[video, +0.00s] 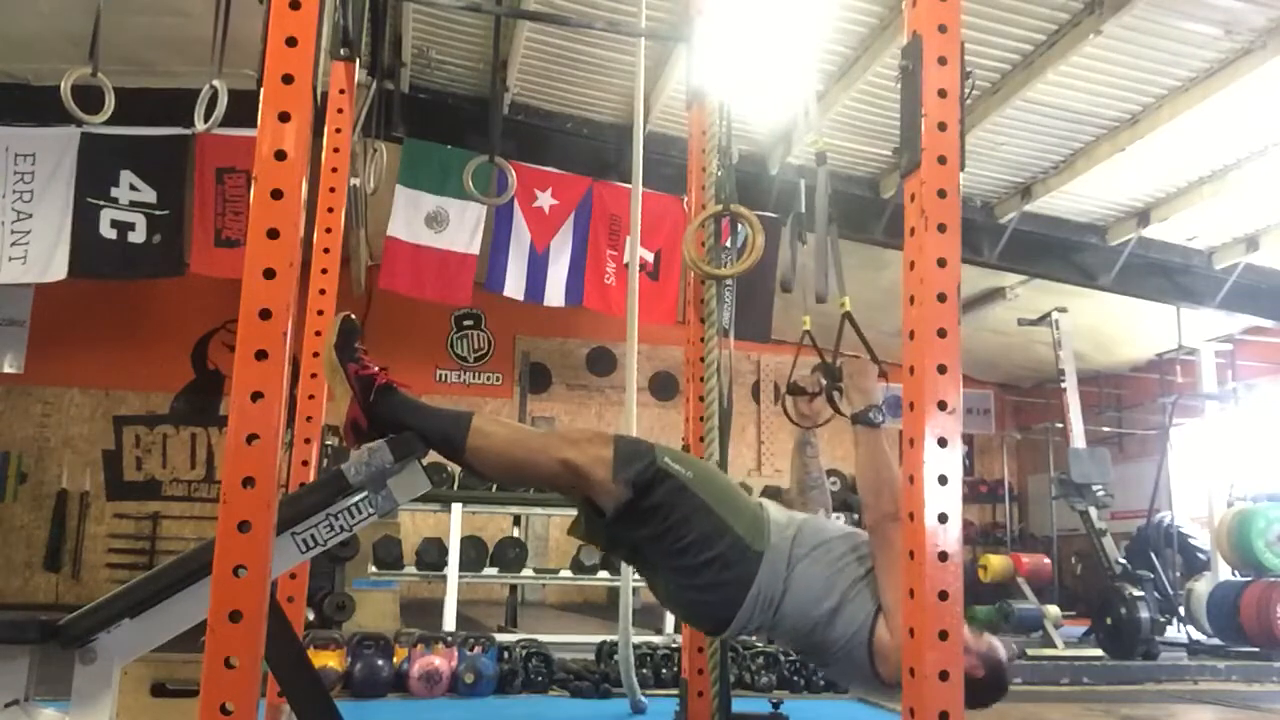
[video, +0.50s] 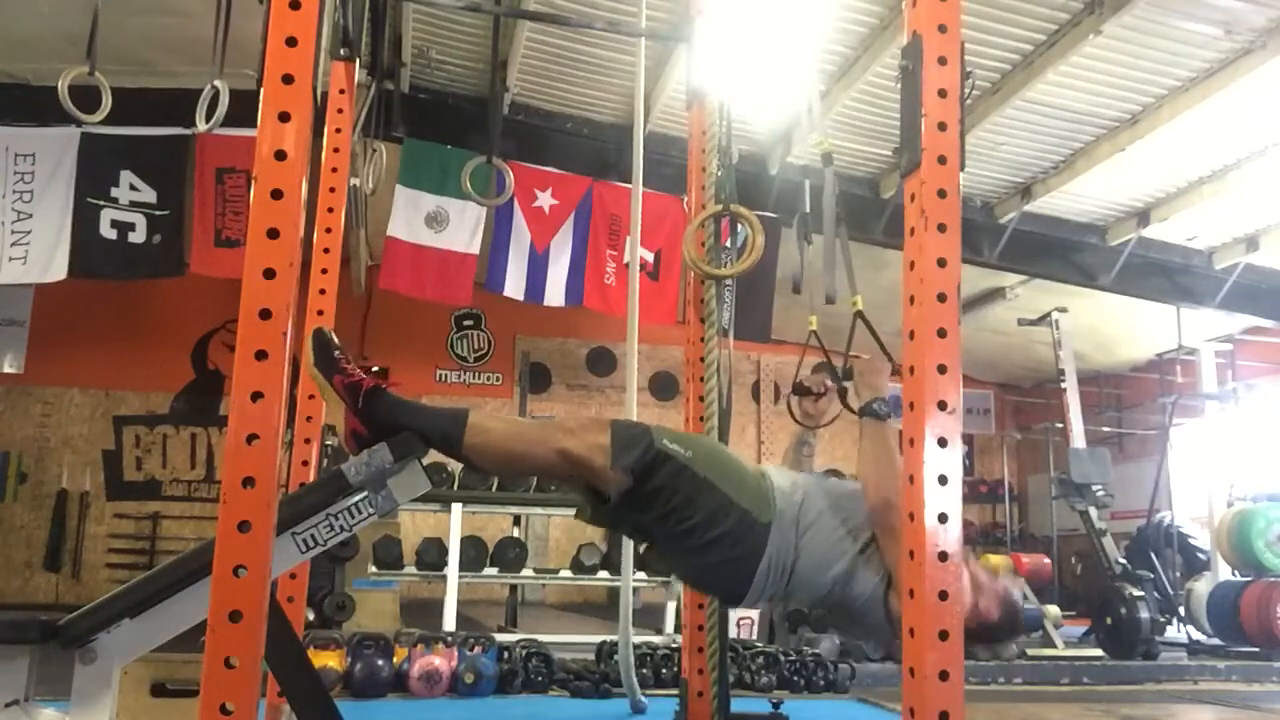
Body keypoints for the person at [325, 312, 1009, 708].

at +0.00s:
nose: (969, 639)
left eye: (974, 658)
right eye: (980, 643)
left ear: (955, 682)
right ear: (967, 631)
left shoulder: (913, 663)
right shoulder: (917, 619)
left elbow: (906, 525)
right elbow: (892, 520)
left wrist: (883, 420)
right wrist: (871, 418)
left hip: (744, 571)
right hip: (749, 534)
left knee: (598, 464)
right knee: (593, 457)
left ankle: (402, 416)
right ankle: (414, 421)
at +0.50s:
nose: (979, 579)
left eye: (988, 599)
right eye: (992, 577)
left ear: (972, 625)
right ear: (981, 565)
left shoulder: (927, 622)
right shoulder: (921, 562)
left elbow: (894, 519)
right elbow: (867, 510)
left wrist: (883, 419)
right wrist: (847, 436)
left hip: (761, 541)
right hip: (756, 508)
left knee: (593, 446)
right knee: (581, 449)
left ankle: (385, 409)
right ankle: (393, 424)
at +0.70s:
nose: (1002, 497)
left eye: (1012, 509)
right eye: (1011, 493)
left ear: (1001, 534)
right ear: (998, 485)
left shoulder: (949, 538)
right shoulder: (949, 486)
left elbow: (904, 496)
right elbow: (886, 448)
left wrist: (934, 428)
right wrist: (909, 398)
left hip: (774, 490)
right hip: (762, 454)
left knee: (601, 424)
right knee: (590, 421)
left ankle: (389, 415)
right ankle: (392, 411)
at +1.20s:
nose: (976, 454)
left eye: (988, 467)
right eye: (984, 448)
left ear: (979, 492)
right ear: (967, 437)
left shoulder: (926, 495)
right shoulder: (915, 442)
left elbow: (879, 473)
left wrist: (891, 385)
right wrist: (866, 375)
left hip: (746, 424)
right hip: (732, 448)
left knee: (569, 344)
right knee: (556, 364)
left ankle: (374, 417)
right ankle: (380, 418)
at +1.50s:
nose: (900, 430)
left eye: (911, 444)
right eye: (911, 429)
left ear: (902, 478)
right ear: (900, 429)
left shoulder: (850, 490)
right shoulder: (843, 440)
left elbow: (780, 473)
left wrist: (790, 391)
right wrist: (799, 380)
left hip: (644, 414)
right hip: (650, 389)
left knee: (486, 287)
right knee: (480, 310)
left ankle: (337, 420)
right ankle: (344, 414)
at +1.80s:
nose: (799, 425)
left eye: (808, 440)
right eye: (810, 430)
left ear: (798, 466)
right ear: (795, 449)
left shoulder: (748, 470)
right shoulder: (743, 433)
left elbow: (673, 458)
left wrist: (697, 373)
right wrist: (711, 359)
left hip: (543, 381)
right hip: (552, 359)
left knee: (386, 250)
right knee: (391, 269)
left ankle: (315, 424)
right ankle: (319, 415)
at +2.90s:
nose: (887, 448)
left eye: (897, 462)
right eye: (899, 447)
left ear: (888, 499)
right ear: (891, 474)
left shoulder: (835, 499)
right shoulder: (829, 455)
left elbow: (766, 469)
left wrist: (775, 389)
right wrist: (794, 377)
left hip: (637, 411)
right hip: (639, 396)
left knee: (477, 283)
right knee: (463, 320)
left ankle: (337, 419)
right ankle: (341, 414)